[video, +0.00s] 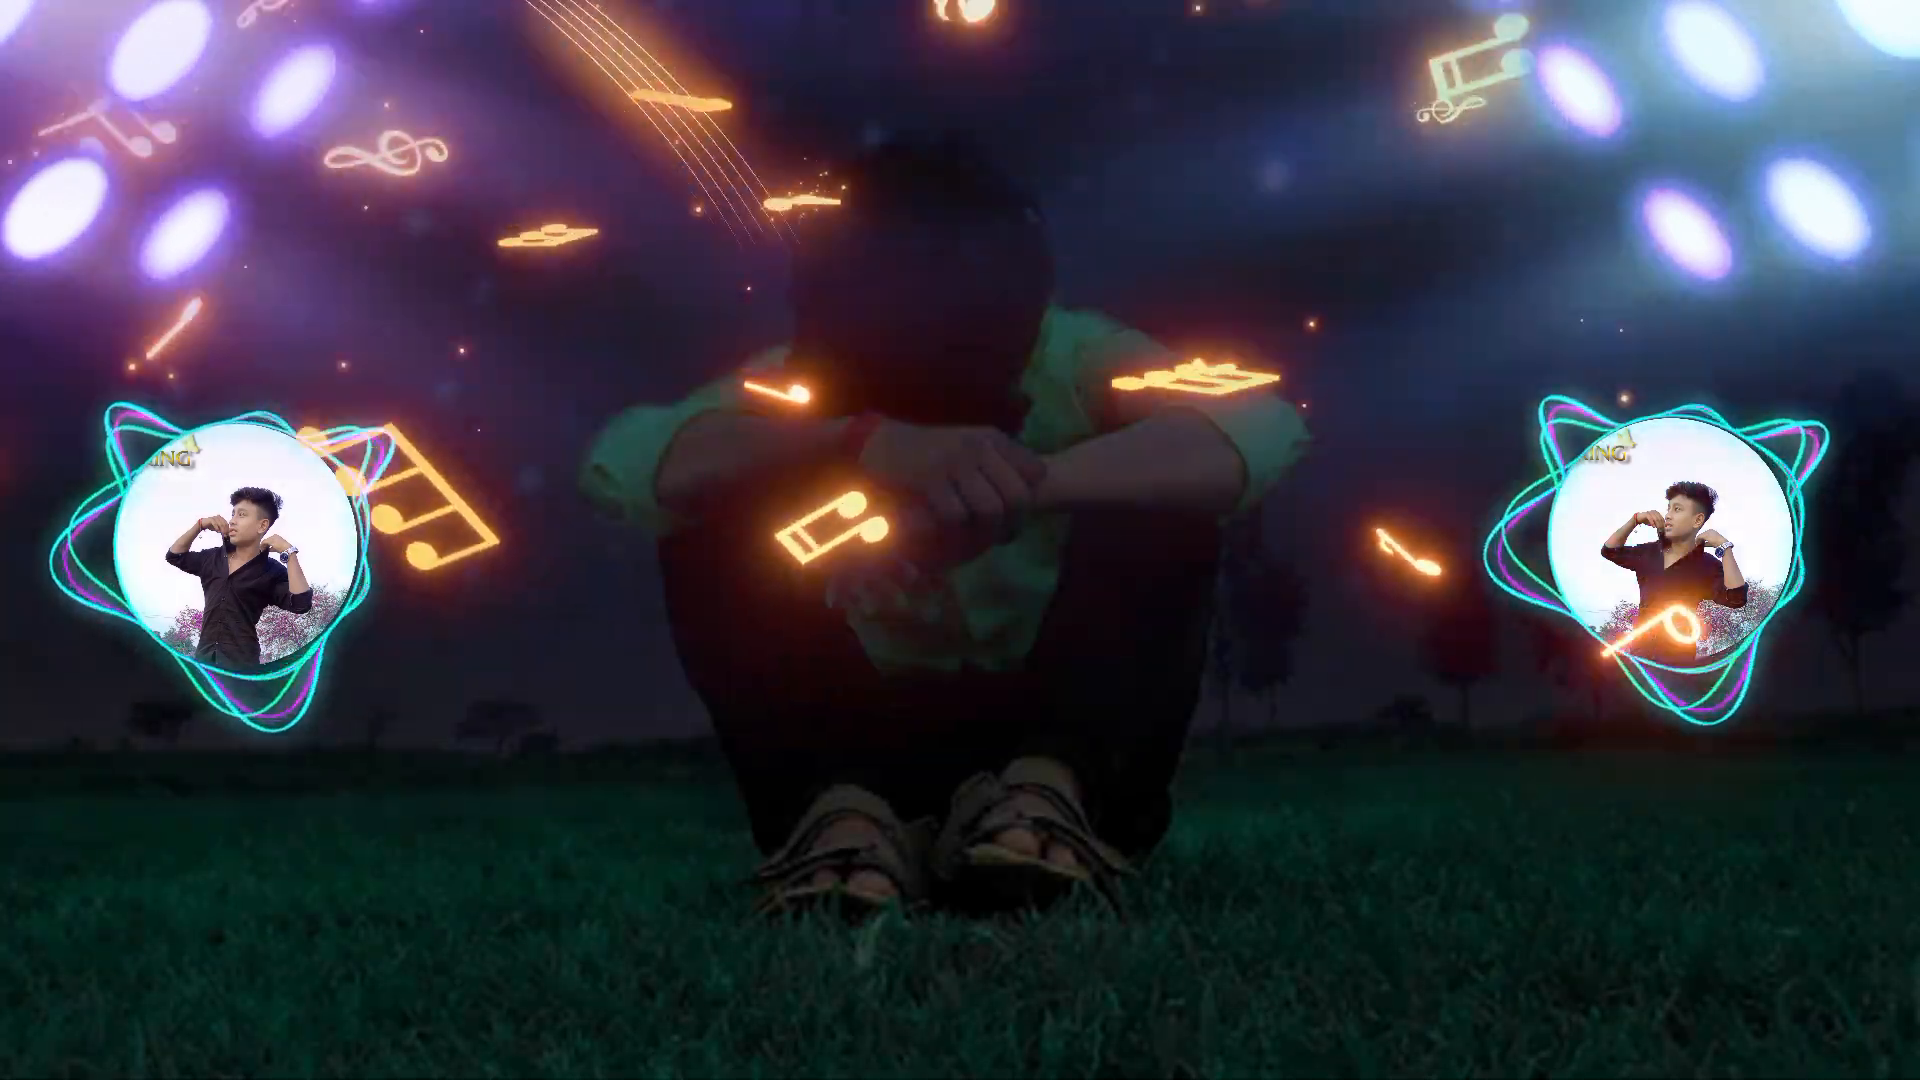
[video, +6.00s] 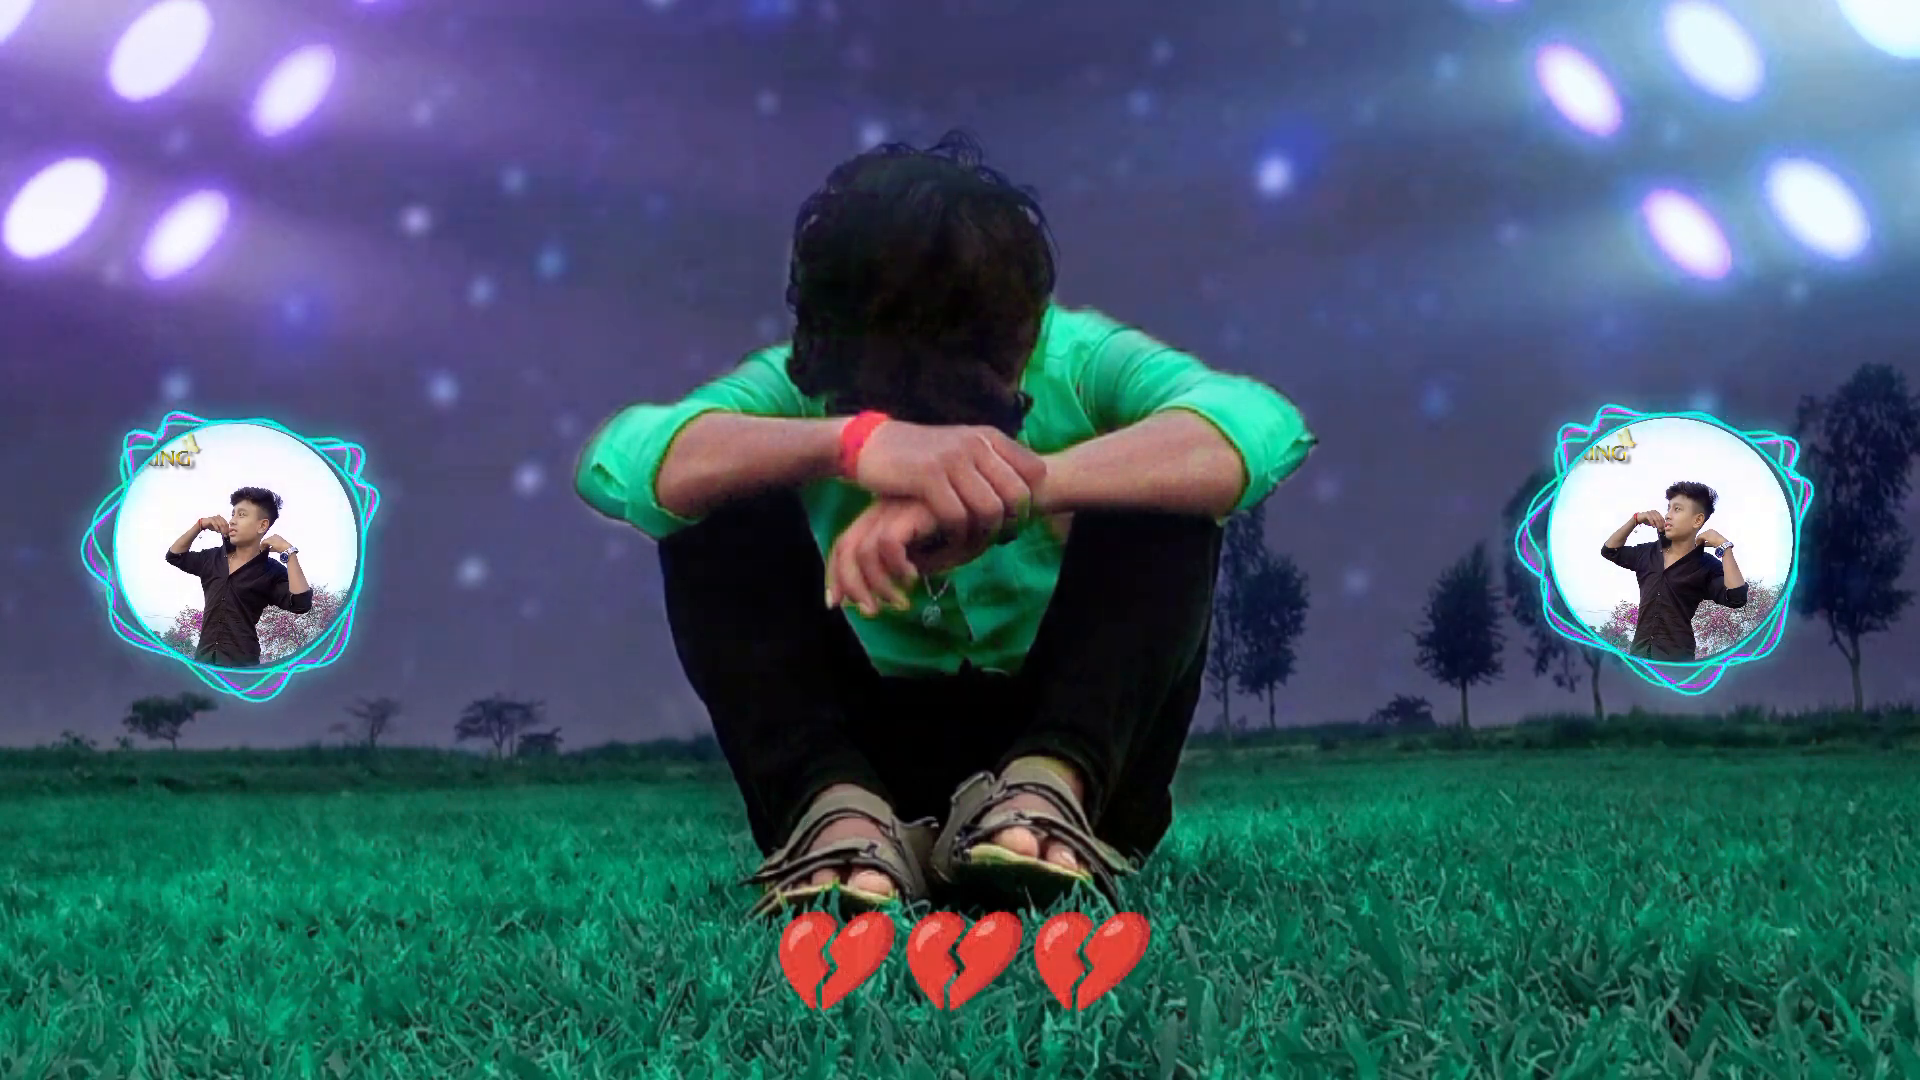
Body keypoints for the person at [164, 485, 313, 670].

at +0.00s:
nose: (232, 521)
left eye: (242, 515)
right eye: (233, 514)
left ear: (263, 525)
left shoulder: (270, 570)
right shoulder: (212, 558)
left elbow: (301, 604)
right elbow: (174, 556)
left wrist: (290, 553)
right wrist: (199, 526)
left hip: (242, 662)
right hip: (204, 658)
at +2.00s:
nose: (232, 520)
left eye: (242, 515)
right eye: (233, 514)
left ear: (263, 525)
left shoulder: (271, 571)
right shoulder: (212, 559)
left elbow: (302, 605)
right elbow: (173, 556)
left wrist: (290, 554)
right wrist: (199, 526)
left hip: (243, 664)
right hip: (205, 658)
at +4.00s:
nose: (232, 521)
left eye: (242, 515)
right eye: (233, 514)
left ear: (263, 525)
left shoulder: (270, 570)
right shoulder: (212, 558)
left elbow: (302, 604)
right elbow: (174, 556)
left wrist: (290, 553)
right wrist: (199, 526)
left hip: (243, 664)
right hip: (204, 660)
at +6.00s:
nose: (232, 521)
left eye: (241, 515)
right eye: (233, 514)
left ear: (263, 525)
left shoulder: (270, 570)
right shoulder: (212, 558)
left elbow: (301, 604)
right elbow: (174, 556)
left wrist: (290, 553)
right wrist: (199, 526)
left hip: (242, 664)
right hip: (204, 660)